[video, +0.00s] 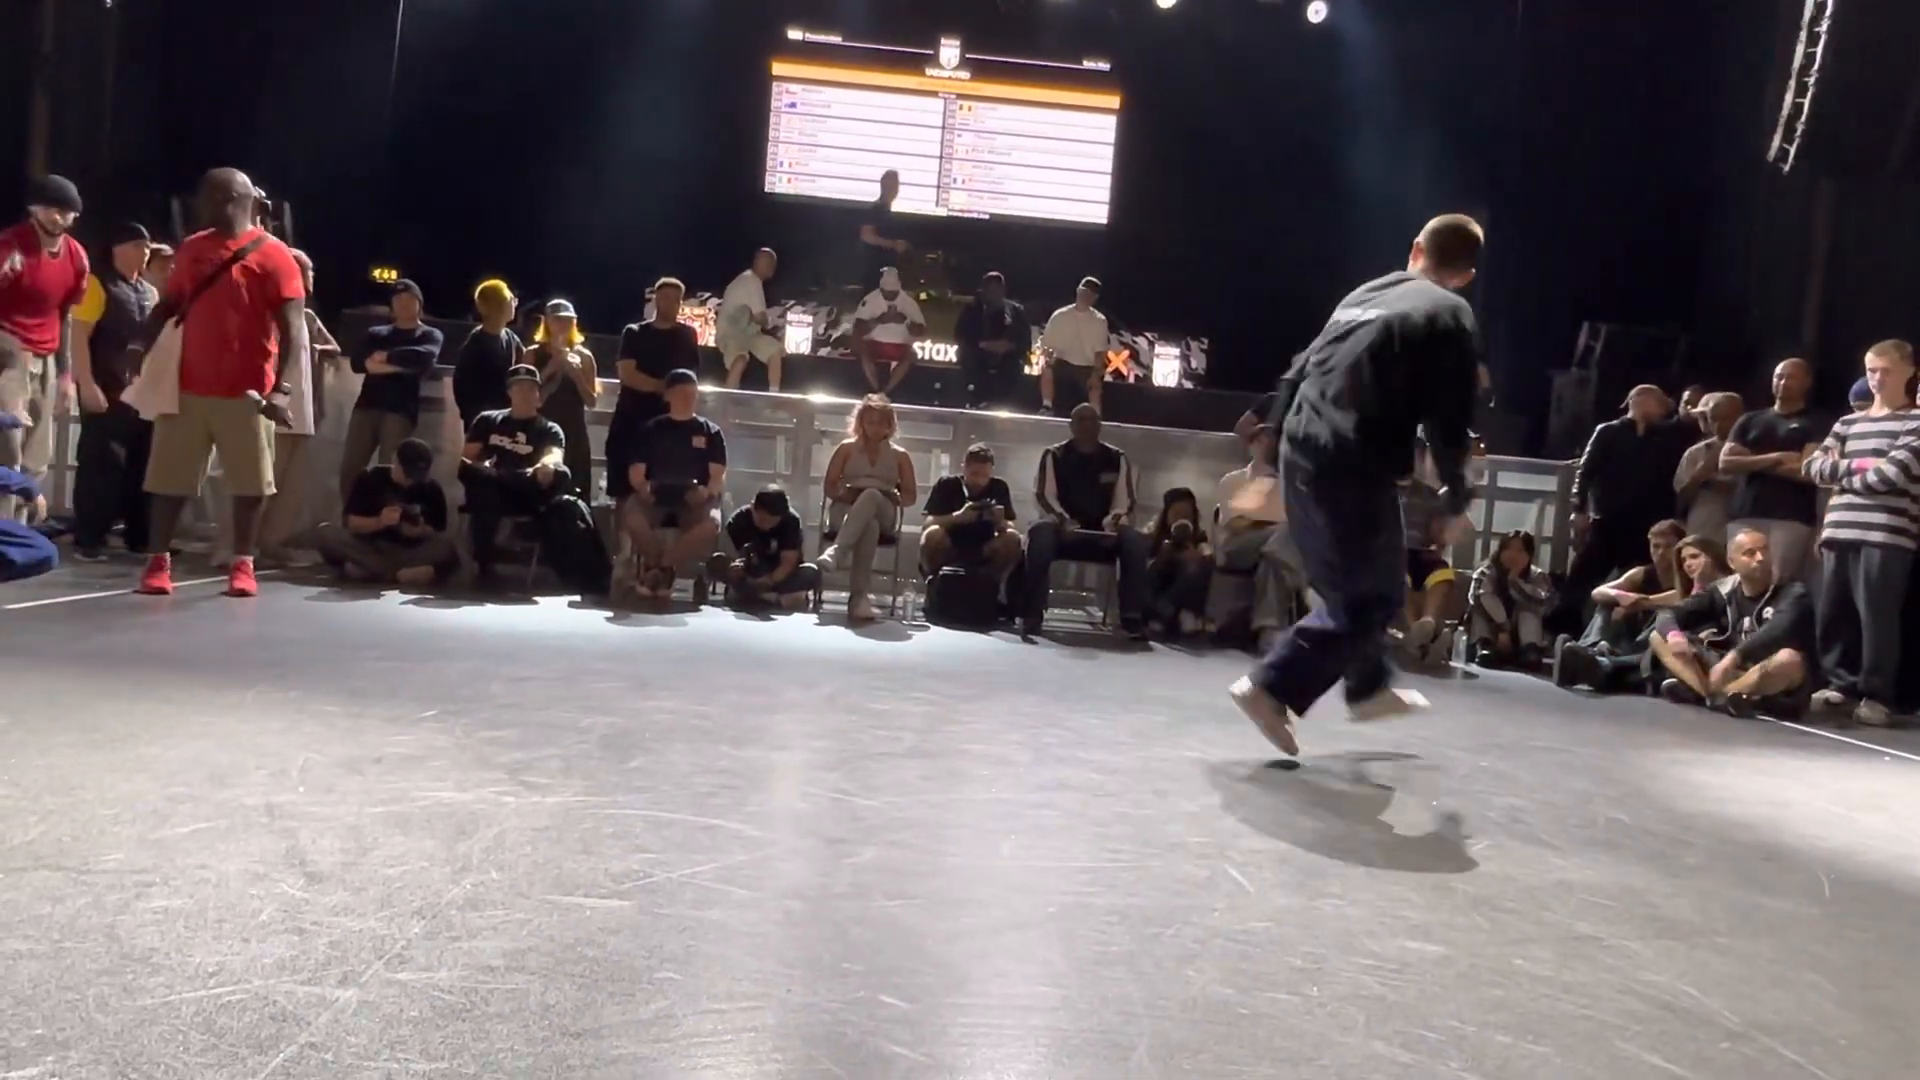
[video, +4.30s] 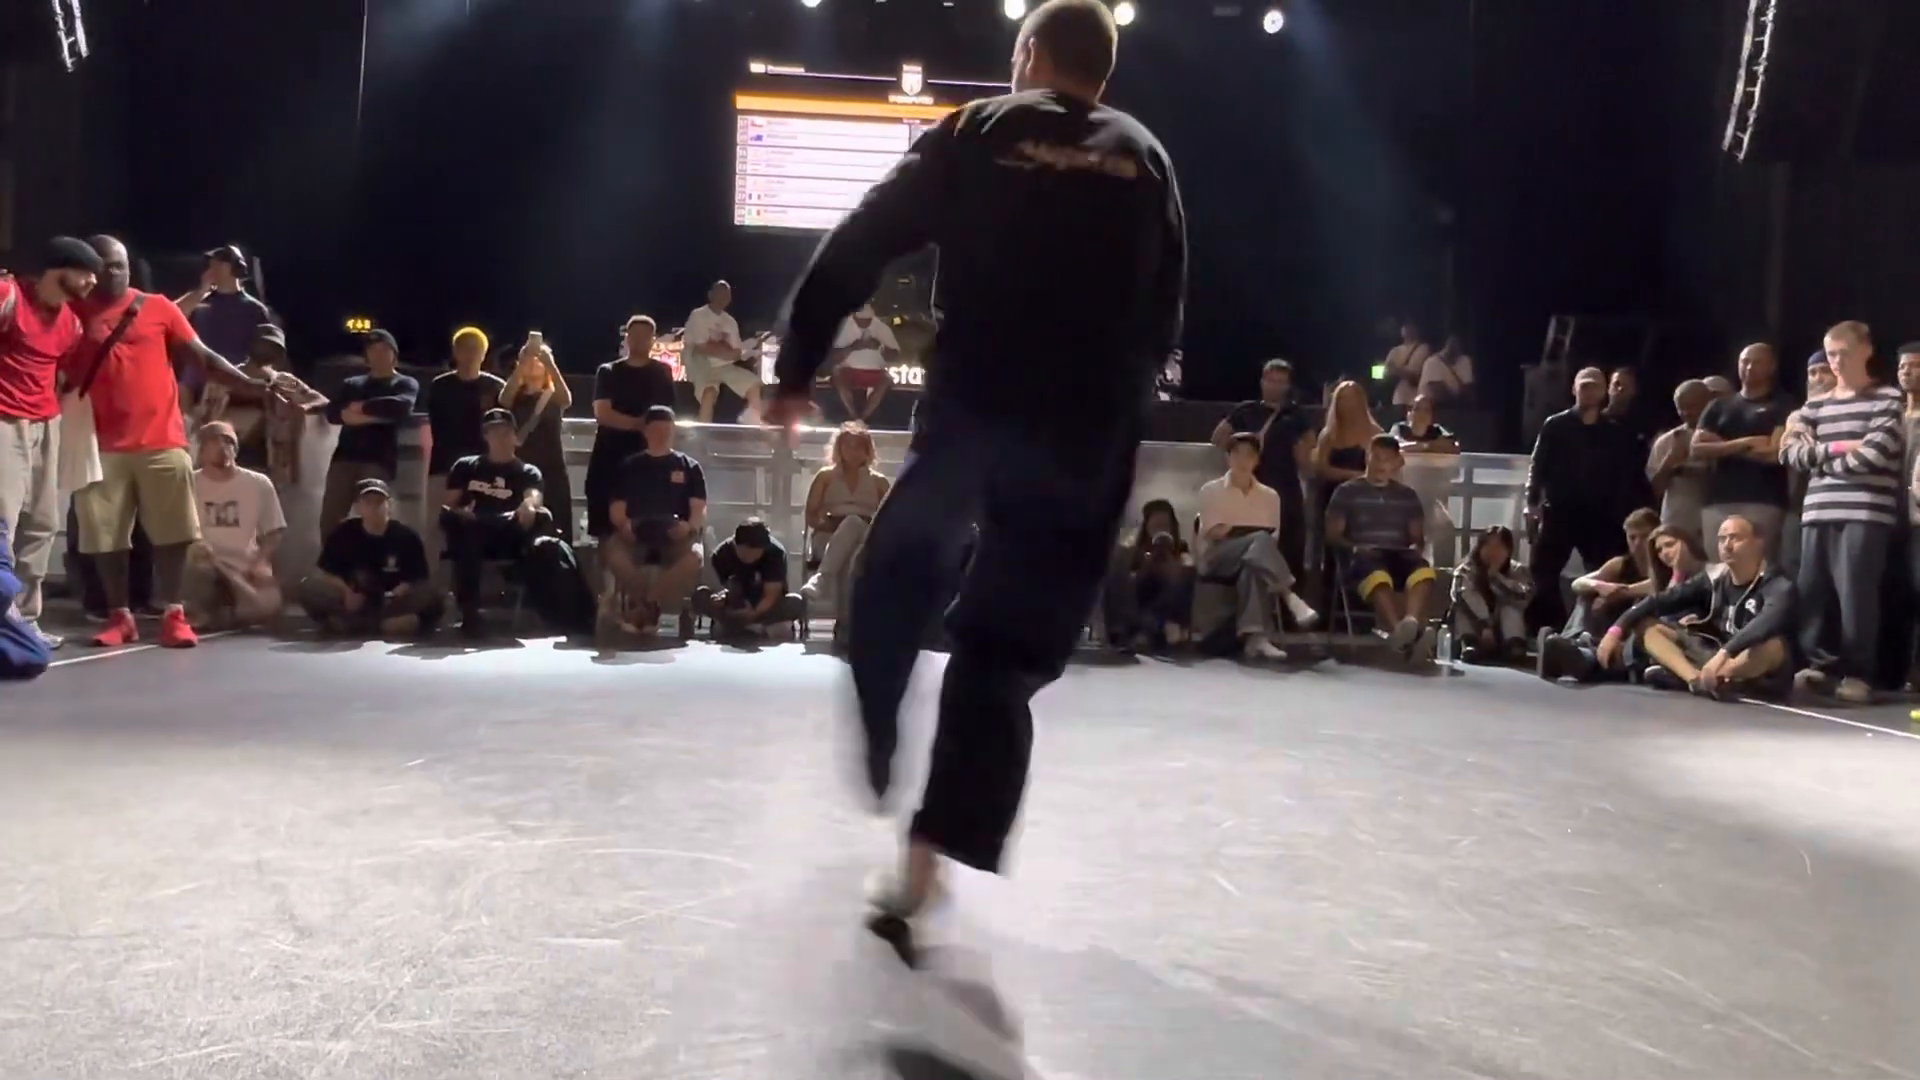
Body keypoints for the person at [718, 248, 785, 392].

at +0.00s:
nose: (772, 270)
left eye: (773, 266)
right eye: (770, 265)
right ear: (760, 263)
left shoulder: (753, 281)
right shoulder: (751, 281)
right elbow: (759, 316)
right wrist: (769, 321)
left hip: (750, 332)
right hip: (730, 332)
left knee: (775, 352)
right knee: (740, 358)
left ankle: (774, 396)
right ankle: (727, 398)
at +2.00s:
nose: (773, 271)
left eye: (773, 267)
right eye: (771, 266)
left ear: (758, 265)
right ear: (762, 265)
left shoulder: (755, 285)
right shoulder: (748, 283)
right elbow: (759, 319)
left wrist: (763, 320)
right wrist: (766, 323)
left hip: (751, 335)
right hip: (730, 334)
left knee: (774, 354)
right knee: (739, 360)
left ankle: (773, 398)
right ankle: (727, 400)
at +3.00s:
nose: (758, 280)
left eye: (758, 276)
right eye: (756, 275)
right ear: (746, 275)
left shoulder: (743, 297)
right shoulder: (730, 292)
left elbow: (747, 325)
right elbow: (740, 327)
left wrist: (764, 322)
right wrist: (756, 332)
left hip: (738, 345)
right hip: (717, 345)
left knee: (763, 364)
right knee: (725, 370)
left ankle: (762, 407)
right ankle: (715, 410)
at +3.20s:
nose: (753, 280)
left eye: (753, 276)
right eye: (750, 276)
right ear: (738, 276)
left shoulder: (739, 299)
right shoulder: (719, 292)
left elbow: (744, 326)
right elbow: (727, 325)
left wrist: (760, 323)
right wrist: (749, 333)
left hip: (732, 346)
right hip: (711, 346)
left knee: (758, 364)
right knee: (720, 372)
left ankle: (757, 409)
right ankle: (710, 412)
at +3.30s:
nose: (739, 281)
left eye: (742, 278)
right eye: (736, 276)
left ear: (745, 281)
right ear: (728, 275)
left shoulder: (737, 303)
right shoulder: (710, 293)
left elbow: (744, 334)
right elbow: (700, 322)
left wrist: (729, 328)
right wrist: (723, 326)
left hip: (729, 347)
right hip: (706, 345)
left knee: (755, 366)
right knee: (716, 372)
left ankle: (754, 410)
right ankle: (706, 412)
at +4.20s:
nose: (723, 294)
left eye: (726, 290)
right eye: (719, 290)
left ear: (729, 295)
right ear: (710, 292)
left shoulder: (730, 318)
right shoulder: (697, 312)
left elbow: (737, 350)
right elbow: (700, 345)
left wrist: (711, 345)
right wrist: (725, 345)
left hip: (725, 362)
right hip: (701, 362)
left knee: (753, 383)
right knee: (709, 391)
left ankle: (756, 428)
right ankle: (703, 432)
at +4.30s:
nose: (724, 297)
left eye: (727, 294)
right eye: (720, 293)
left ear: (730, 298)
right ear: (711, 295)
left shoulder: (730, 321)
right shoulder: (698, 315)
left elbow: (737, 353)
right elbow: (700, 347)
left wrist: (713, 346)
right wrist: (727, 349)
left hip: (725, 366)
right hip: (703, 365)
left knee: (754, 386)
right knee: (709, 394)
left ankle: (754, 427)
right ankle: (703, 434)